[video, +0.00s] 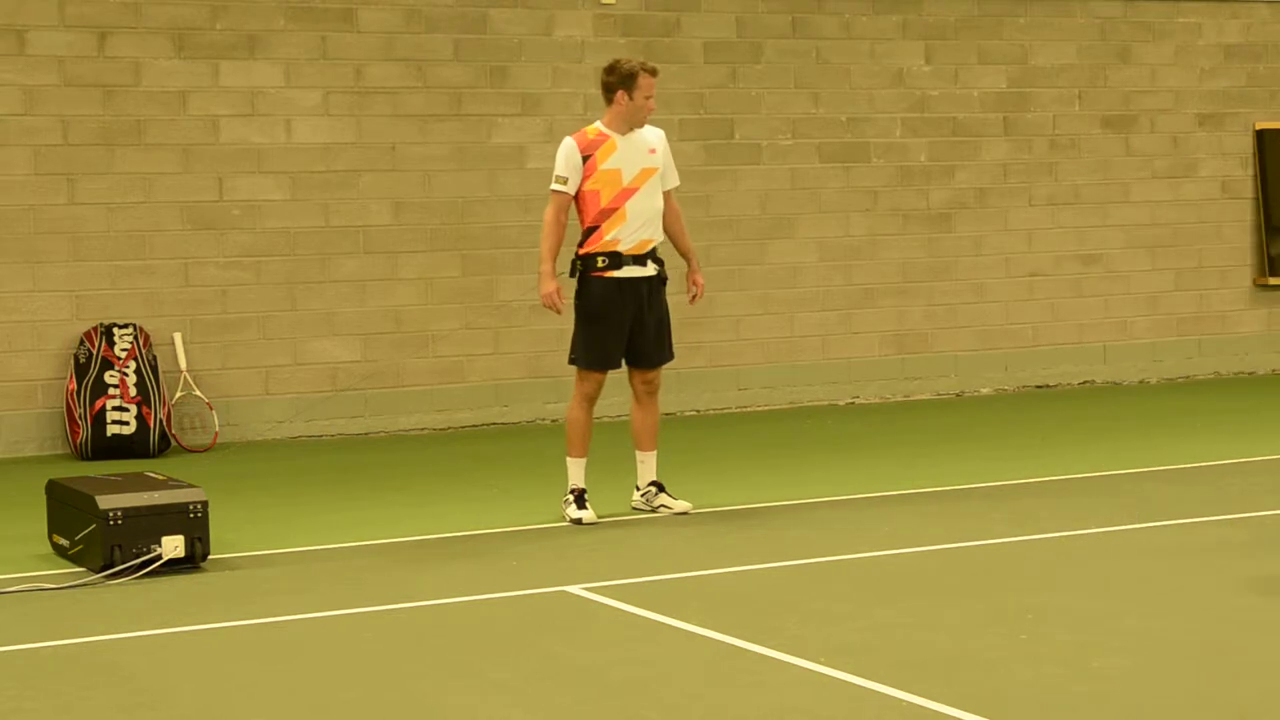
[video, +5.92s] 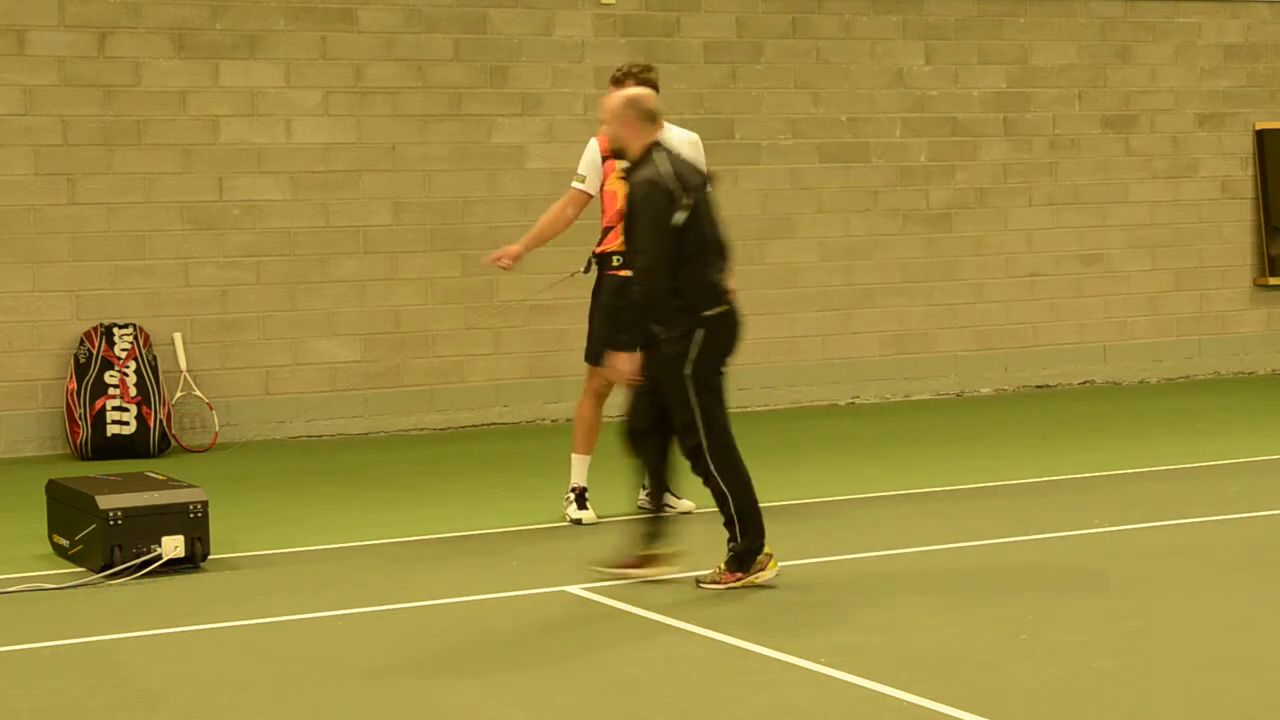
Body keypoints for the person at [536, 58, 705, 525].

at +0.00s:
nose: (653, 106)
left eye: (654, 98)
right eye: (647, 98)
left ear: (631, 99)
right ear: (620, 98)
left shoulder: (655, 140)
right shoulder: (578, 147)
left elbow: (668, 205)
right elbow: (556, 213)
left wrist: (691, 261)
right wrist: (548, 274)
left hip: (649, 280)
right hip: (601, 283)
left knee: (647, 384)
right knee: (588, 388)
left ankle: (647, 487)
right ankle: (576, 492)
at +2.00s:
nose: (630, 113)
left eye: (635, 105)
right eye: (622, 105)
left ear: (640, 102)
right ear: (601, 100)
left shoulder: (652, 142)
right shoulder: (576, 149)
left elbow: (664, 208)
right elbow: (562, 213)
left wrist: (683, 264)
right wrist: (577, 257)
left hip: (646, 279)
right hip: (599, 280)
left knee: (646, 383)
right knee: (586, 388)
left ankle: (647, 487)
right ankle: (575, 492)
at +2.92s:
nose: (650, 105)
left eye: (651, 97)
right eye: (645, 98)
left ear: (627, 98)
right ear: (617, 98)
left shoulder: (650, 143)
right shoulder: (579, 149)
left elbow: (685, 194)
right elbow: (567, 216)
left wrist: (740, 227)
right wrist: (581, 267)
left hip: (646, 280)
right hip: (601, 281)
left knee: (646, 383)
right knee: (586, 388)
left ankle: (647, 487)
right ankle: (575, 491)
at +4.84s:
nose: (617, 113)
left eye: (623, 105)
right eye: (609, 105)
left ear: (631, 101)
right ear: (591, 101)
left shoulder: (649, 142)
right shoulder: (572, 151)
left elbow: (663, 207)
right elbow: (553, 213)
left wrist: (680, 262)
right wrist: (543, 263)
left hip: (646, 279)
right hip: (598, 282)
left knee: (646, 383)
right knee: (586, 387)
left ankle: (647, 487)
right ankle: (576, 492)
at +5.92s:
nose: (617, 110)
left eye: (625, 102)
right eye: (614, 101)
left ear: (645, 102)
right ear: (611, 101)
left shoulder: (683, 143)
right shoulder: (603, 146)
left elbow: (703, 218)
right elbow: (571, 205)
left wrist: (719, 274)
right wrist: (523, 245)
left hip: (668, 278)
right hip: (617, 277)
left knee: (662, 384)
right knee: (598, 383)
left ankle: (656, 487)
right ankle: (577, 489)